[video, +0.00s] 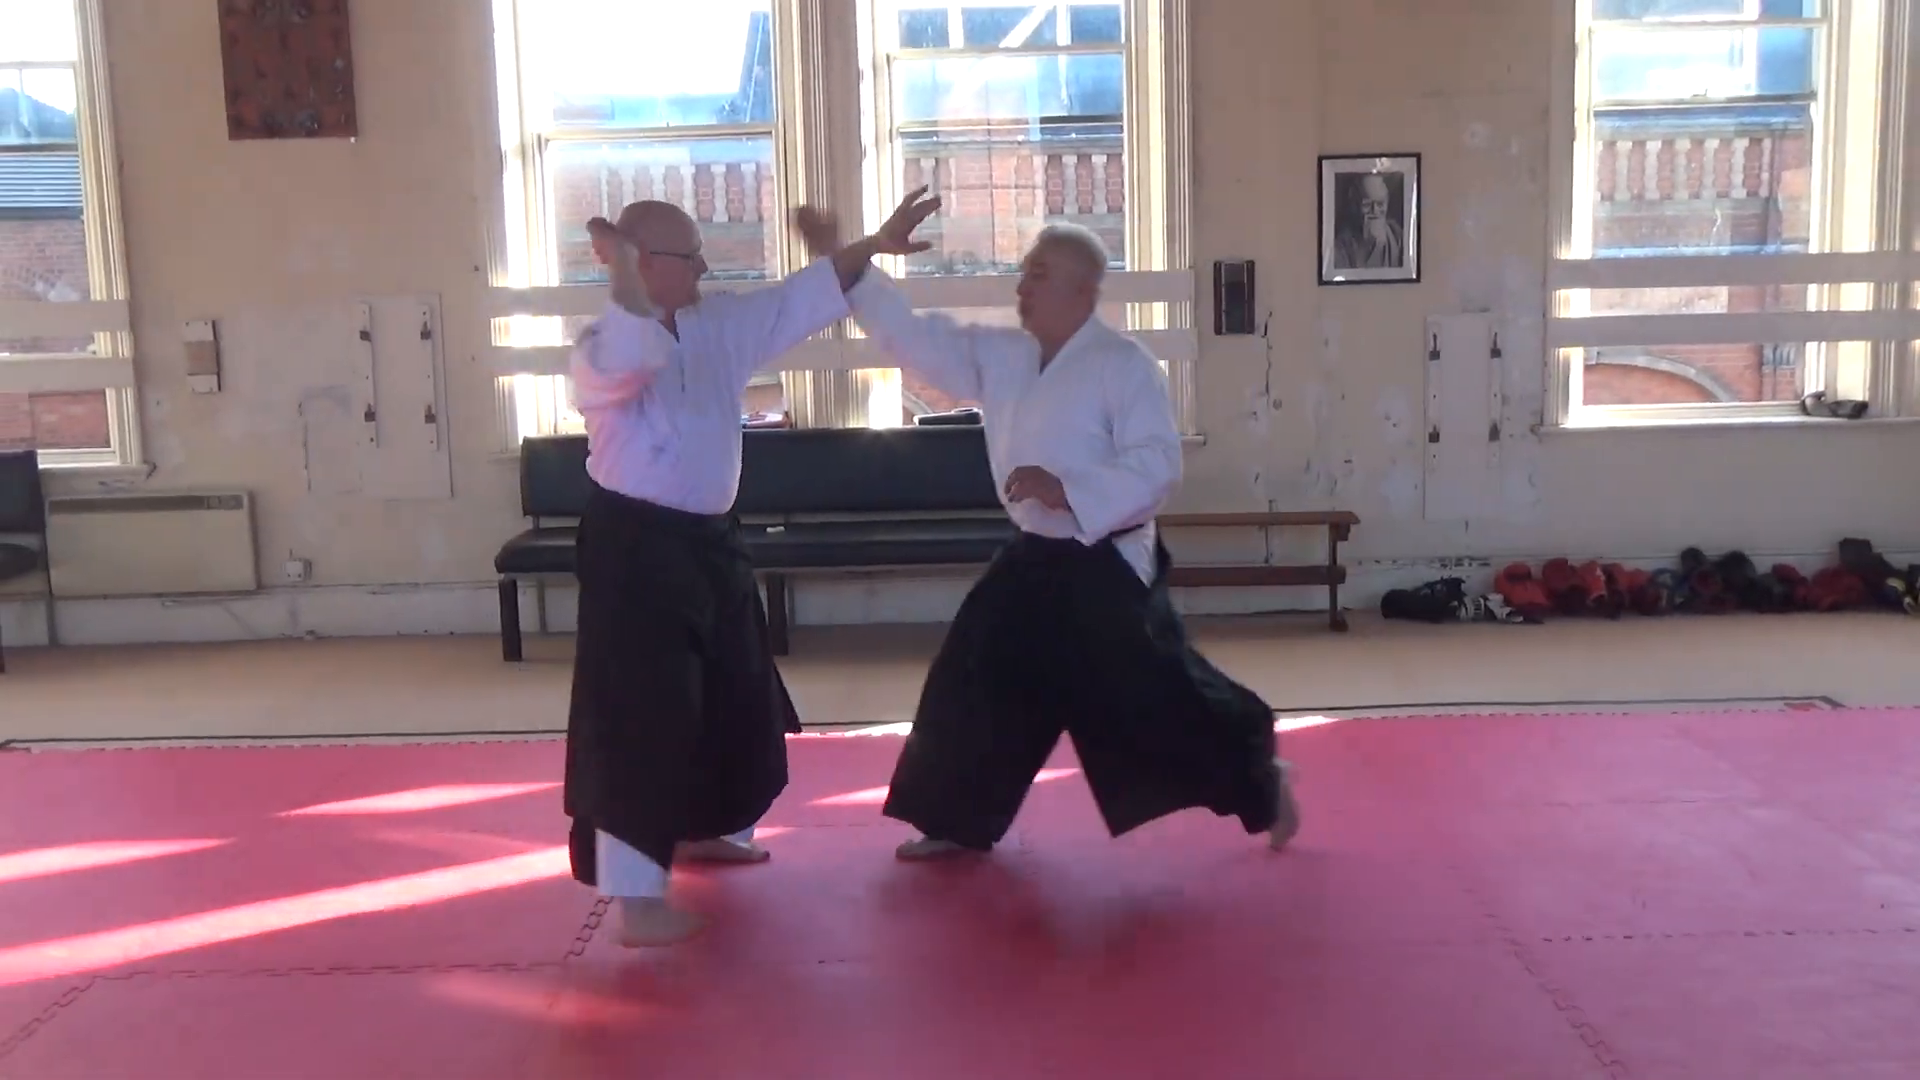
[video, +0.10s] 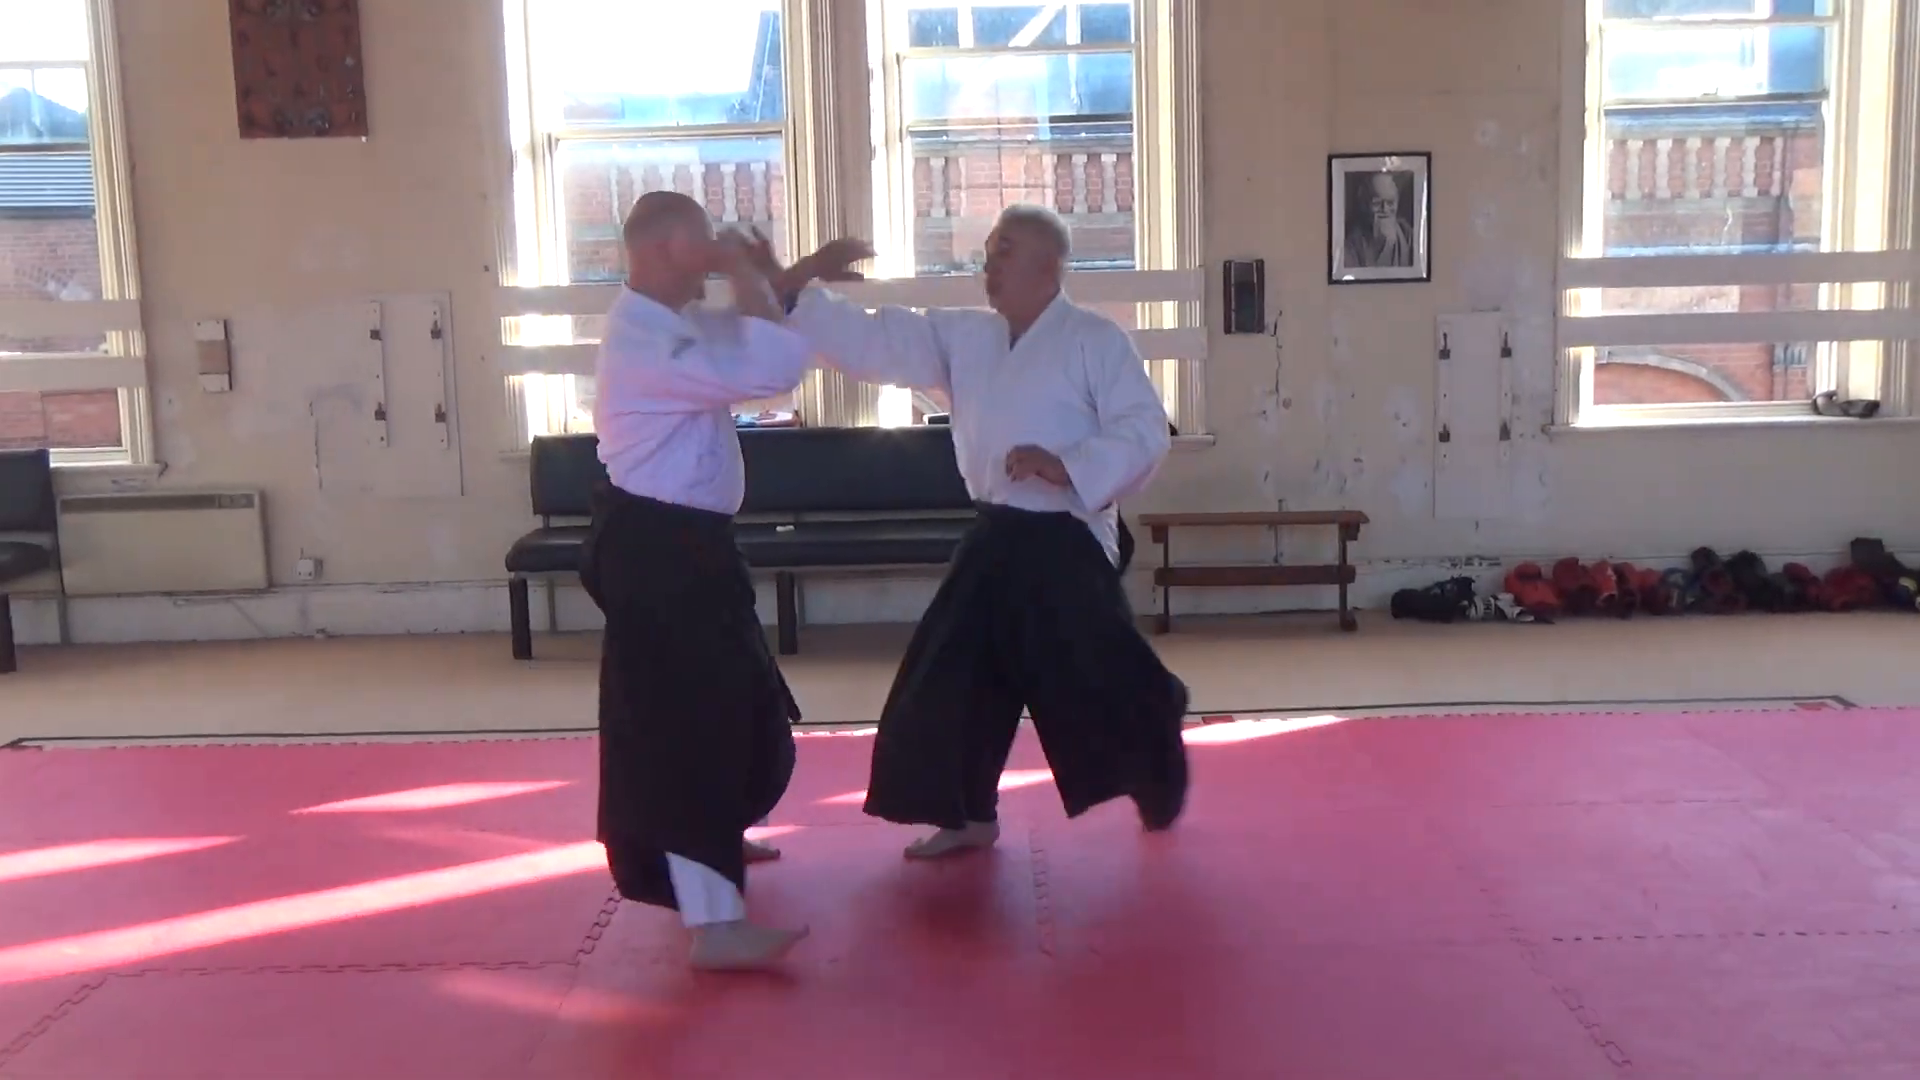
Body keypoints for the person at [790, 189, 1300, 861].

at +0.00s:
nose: (1021, 283)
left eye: (1038, 273)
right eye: (1023, 270)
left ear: (1084, 290)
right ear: (1027, 284)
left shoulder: (1125, 366)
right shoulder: (999, 357)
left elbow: (1155, 466)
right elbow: (909, 332)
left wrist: (1070, 490)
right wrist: (842, 261)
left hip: (1109, 562)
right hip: (1030, 558)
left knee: (1155, 691)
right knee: (972, 677)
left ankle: (1255, 777)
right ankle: (959, 826)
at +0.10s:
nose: (987, 262)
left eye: (1003, 251)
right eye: (987, 252)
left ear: (1050, 265)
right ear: (993, 263)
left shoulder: (1096, 341)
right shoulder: (967, 336)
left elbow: (1145, 432)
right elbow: (877, 336)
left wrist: (1072, 467)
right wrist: (795, 295)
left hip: (1067, 533)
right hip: (994, 531)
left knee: (1083, 662)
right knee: (963, 665)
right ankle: (970, 817)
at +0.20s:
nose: (979, 238)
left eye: (997, 228)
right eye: (978, 227)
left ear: (1040, 244)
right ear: (973, 239)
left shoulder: (1086, 316)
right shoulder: (951, 313)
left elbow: (1128, 402)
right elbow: (866, 337)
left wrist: (1064, 425)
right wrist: (790, 310)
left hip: (1049, 509)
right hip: (969, 506)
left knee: (1052, 653)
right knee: (948, 648)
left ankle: (1064, 782)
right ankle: (964, 787)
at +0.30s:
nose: (977, 238)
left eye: (994, 228)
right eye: (975, 228)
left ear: (1034, 244)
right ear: (967, 241)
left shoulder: (1080, 314)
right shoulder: (944, 316)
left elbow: (1124, 390)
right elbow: (871, 354)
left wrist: (1073, 419)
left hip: (1041, 502)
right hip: (959, 498)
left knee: (1050, 644)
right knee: (923, 638)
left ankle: (1067, 770)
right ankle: (909, 791)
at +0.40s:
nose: (958, 243)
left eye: (975, 232)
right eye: (954, 233)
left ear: (1013, 248)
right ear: (948, 247)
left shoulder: (1065, 318)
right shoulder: (925, 324)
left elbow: (1119, 387)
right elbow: (863, 376)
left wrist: (1100, 429)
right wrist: (862, 348)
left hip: (1043, 510)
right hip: (956, 509)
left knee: (1076, 642)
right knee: (913, 650)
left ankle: (1098, 765)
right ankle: (873, 804)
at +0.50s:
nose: (939, 236)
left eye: (953, 225)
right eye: (930, 227)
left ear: (988, 237)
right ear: (920, 242)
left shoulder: (1045, 308)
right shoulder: (902, 325)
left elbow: (1108, 375)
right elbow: (843, 382)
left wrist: (1136, 434)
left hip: (1045, 507)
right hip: (957, 512)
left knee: (1086, 638)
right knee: (936, 649)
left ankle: (1122, 753)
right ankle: (942, 794)